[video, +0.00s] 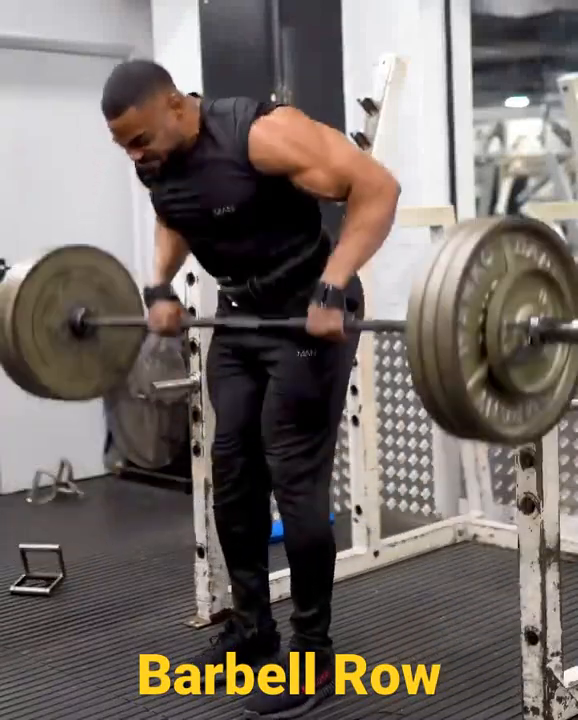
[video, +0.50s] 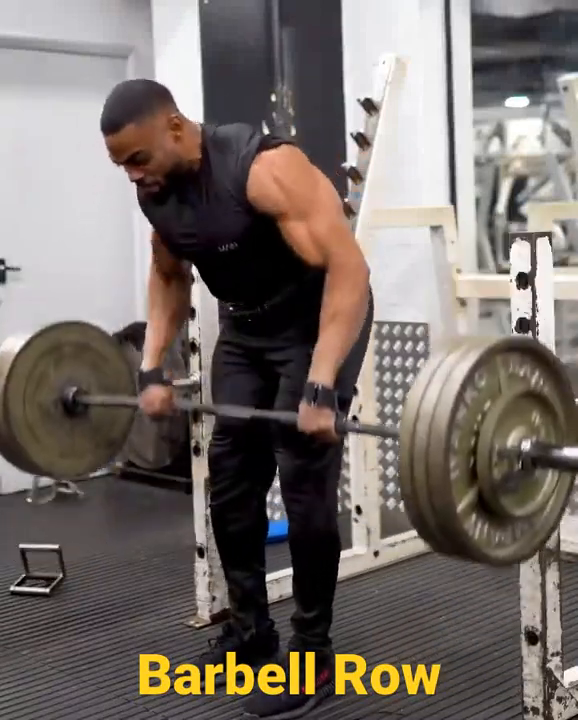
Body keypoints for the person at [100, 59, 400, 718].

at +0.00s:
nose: (136, 157)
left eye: (142, 140)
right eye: (126, 147)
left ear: (181, 108)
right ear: (121, 134)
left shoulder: (267, 134)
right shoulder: (160, 163)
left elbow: (379, 188)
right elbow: (178, 217)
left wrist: (331, 288)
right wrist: (161, 284)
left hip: (309, 323)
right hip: (238, 322)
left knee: (295, 477)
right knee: (232, 476)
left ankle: (311, 653)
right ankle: (253, 626)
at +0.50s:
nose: (133, 176)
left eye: (139, 159)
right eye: (124, 165)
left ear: (178, 128)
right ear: (120, 154)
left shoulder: (268, 167)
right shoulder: (158, 192)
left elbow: (350, 271)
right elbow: (169, 276)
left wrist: (320, 385)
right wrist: (153, 367)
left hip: (316, 331)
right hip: (245, 338)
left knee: (305, 488)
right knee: (230, 484)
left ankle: (311, 649)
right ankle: (250, 628)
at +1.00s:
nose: (108, 220)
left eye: (114, 204)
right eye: (99, 209)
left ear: (155, 174)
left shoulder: (252, 230)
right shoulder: (141, 244)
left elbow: (304, 356)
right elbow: (151, 352)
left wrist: (317, 484)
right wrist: (152, 454)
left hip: (326, 312)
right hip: (248, 324)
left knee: (293, 465)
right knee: (218, 468)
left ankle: (310, 648)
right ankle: (248, 626)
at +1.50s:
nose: (106, 220)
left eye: (114, 203)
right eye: (98, 206)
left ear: (159, 183)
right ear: (96, 198)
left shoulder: (248, 237)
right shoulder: (140, 252)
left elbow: (298, 366)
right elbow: (148, 358)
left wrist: (308, 492)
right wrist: (146, 464)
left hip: (331, 313)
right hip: (249, 328)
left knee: (296, 477)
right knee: (223, 471)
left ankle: (308, 650)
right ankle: (248, 629)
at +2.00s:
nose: (109, 163)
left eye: (115, 146)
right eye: (99, 152)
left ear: (155, 115)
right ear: (98, 142)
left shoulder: (246, 140)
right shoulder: (143, 172)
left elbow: (363, 187)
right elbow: (164, 224)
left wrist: (320, 285)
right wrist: (148, 283)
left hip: (303, 316)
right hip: (230, 319)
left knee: (292, 471)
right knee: (221, 469)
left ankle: (311, 648)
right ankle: (248, 625)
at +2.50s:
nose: (115, 186)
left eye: (119, 168)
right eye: (106, 175)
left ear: (160, 137)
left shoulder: (253, 176)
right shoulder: (147, 201)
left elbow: (332, 277)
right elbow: (158, 288)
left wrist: (307, 398)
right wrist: (142, 380)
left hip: (315, 321)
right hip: (241, 332)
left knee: (302, 475)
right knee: (226, 481)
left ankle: (311, 646)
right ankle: (248, 627)